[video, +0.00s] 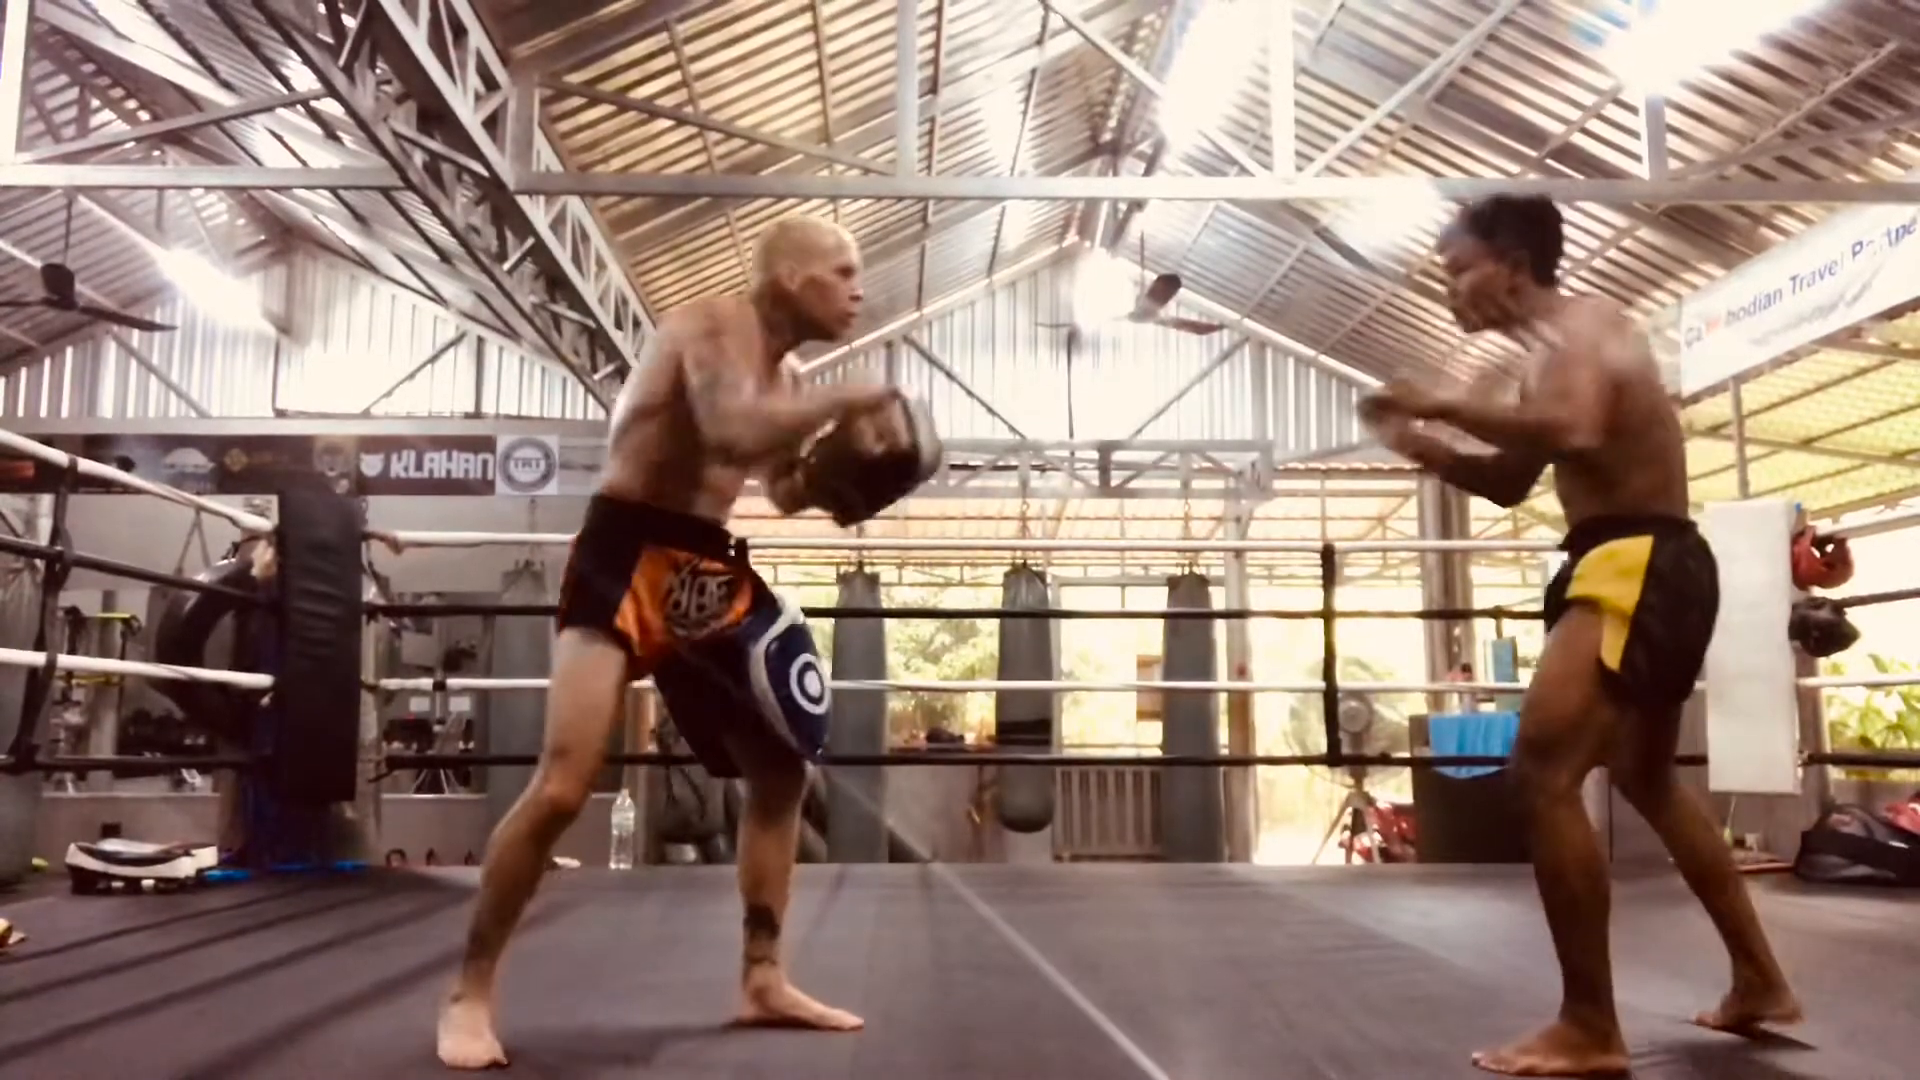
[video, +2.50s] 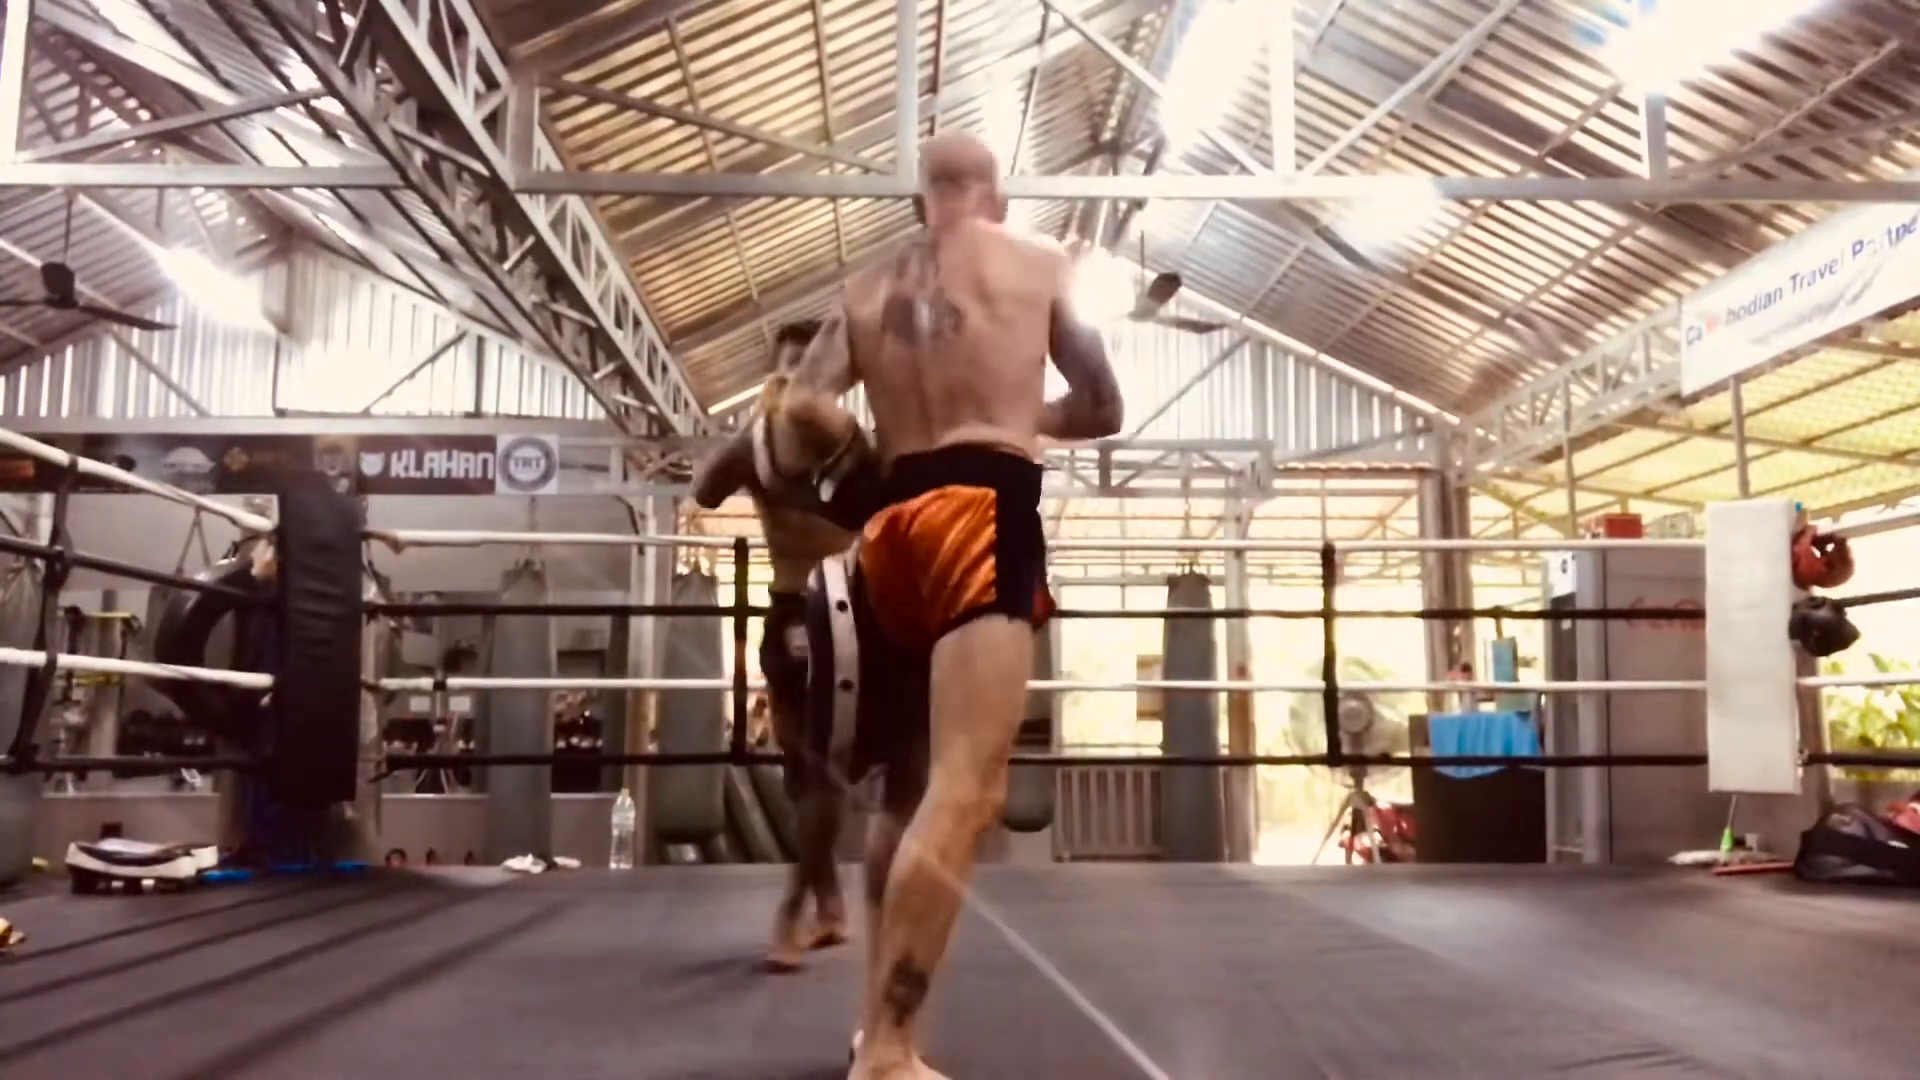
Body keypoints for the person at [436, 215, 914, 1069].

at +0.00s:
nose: (857, 292)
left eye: (857, 277)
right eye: (842, 276)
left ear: (808, 286)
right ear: (791, 281)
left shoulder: (779, 372)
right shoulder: (712, 320)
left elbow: (781, 491)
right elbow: (730, 423)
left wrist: (843, 465)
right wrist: (853, 397)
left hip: (707, 562)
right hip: (624, 549)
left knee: (781, 770)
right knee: (561, 791)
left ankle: (764, 980)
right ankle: (471, 992)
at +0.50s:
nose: (881, 300)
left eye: (881, 284)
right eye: (868, 280)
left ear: (833, 287)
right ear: (816, 278)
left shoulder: (815, 385)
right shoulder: (733, 333)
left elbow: (833, 497)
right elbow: (740, 425)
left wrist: (904, 433)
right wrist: (884, 450)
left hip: (751, 576)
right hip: (665, 563)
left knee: (877, 745)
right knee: (572, 796)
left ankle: (876, 962)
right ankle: (473, 996)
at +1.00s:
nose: (1029, 300)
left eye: (1034, 290)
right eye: (1022, 279)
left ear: (1011, 296)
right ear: (974, 265)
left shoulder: (985, 371)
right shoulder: (919, 318)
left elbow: (1047, 458)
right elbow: (808, 400)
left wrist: (1049, 366)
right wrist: (803, 409)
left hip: (959, 566)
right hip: (968, 494)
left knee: (1039, 774)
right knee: (1204, 462)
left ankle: (1024, 980)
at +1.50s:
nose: (1109, 288)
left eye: (1116, 272)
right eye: (1103, 266)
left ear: (1061, 250)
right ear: (1054, 243)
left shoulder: (1017, 323)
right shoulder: (990, 288)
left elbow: (1002, 487)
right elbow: (1106, 385)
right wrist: (1193, 323)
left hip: (977, 545)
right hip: (930, 534)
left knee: (1044, 767)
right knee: (984, 786)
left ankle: (1022, 982)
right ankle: (901, 1042)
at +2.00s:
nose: (1102, 233)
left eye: (1106, 218)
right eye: (1100, 213)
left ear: (1034, 190)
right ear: (1056, 193)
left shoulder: (969, 262)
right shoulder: (1011, 248)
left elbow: (922, 442)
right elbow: (1044, 380)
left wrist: (1053, 457)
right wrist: (1136, 373)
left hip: (947, 512)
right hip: (989, 504)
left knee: (1020, 771)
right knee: (1006, 776)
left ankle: (1031, 977)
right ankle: (890, 1039)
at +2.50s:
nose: (997, 201)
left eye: (982, 187)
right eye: (997, 187)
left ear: (923, 192)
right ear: (993, 188)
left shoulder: (865, 288)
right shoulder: (1036, 263)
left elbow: (804, 405)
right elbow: (1102, 410)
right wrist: (1013, 416)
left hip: (890, 513)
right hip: (983, 504)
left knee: (910, 791)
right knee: (964, 790)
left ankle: (885, 1037)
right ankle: (885, 1049)